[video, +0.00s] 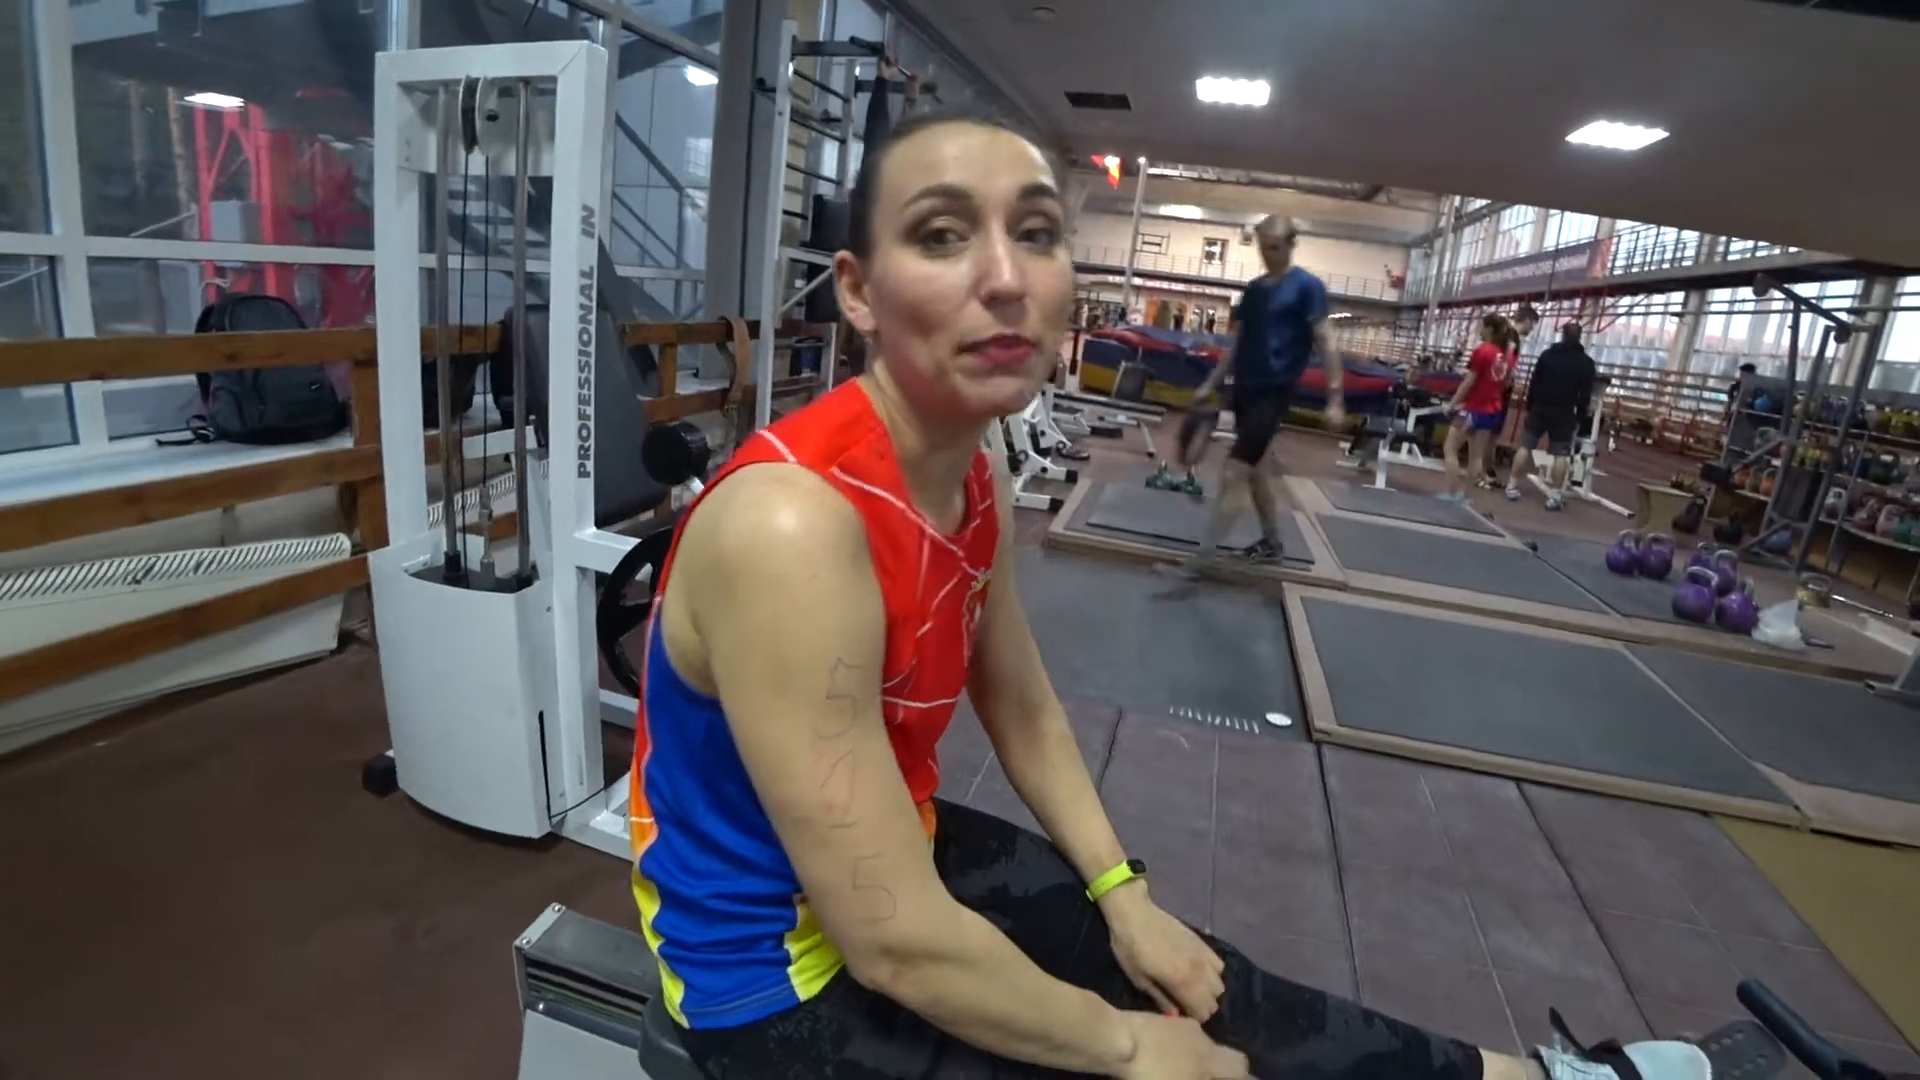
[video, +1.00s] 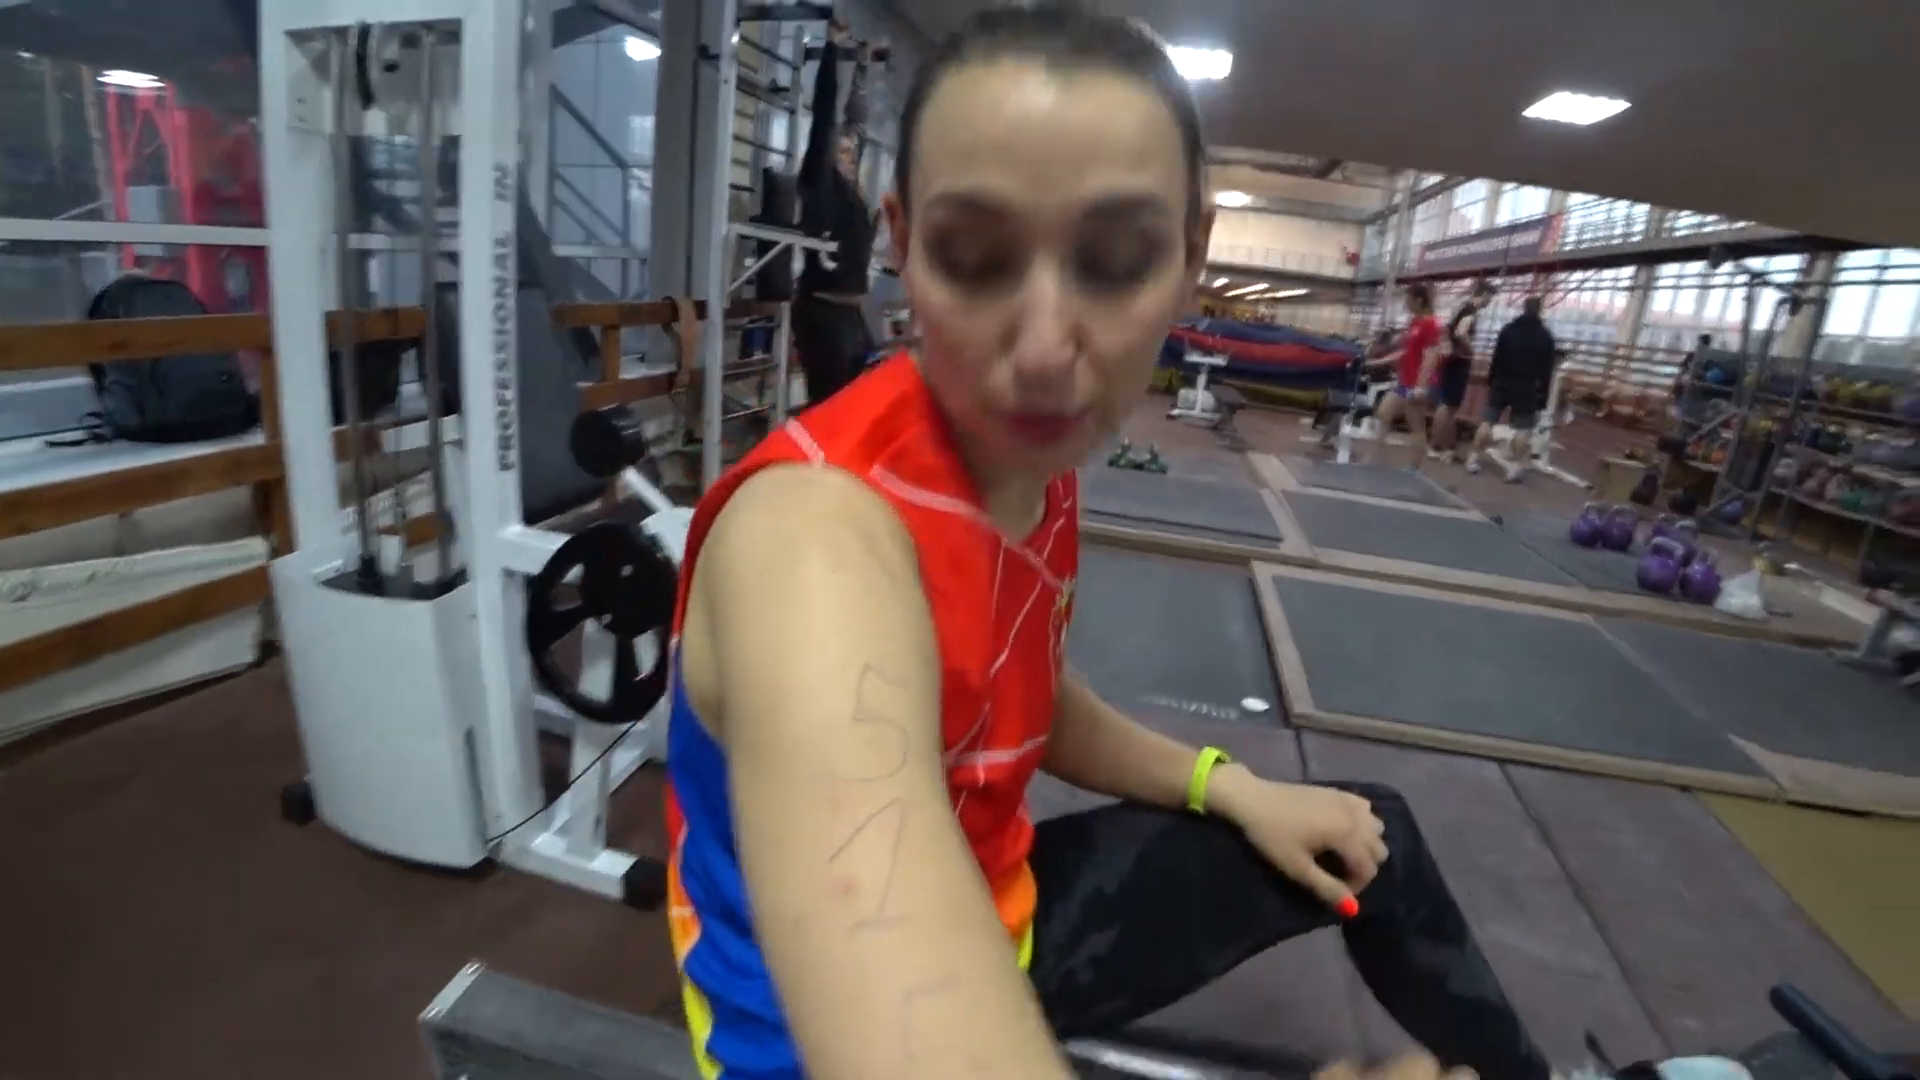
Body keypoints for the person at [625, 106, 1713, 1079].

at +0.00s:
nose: (1003, 278)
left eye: (1035, 232)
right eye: (942, 234)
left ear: (1073, 280)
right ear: (858, 293)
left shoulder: (957, 475)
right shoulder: (789, 529)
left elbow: (1019, 707)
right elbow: (892, 935)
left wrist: (1119, 897)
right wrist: (1133, 1047)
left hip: (914, 863)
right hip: (789, 991)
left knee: (1193, 978)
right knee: (1177, 1067)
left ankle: (1497, 1072)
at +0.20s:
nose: (977, 267)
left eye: (1002, 225)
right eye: (911, 228)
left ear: (1035, 277)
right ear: (824, 297)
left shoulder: (935, 474)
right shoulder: (760, 541)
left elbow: (1003, 705)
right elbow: (878, 941)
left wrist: (1112, 884)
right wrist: (1129, 1040)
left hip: (922, 868)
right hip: (798, 1002)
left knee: (1191, 970)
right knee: (1178, 1067)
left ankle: (1509, 1071)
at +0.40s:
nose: (997, 237)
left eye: (1014, 196)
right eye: (923, 202)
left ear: (1048, 242)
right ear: (828, 280)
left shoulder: (944, 465)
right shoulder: (759, 530)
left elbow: (993, 709)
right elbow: (845, 962)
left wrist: (1120, 857)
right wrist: (1130, 1028)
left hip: (926, 875)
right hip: (795, 1006)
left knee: (1202, 939)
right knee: (1190, 1056)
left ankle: (1526, 1071)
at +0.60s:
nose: (1087, 190)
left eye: (1105, 141)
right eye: (1004, 144)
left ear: (1136, 191)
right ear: (889, 229)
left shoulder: (988, 428)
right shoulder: (814, 499)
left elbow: (1020, 690)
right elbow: (850, 1011)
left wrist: (1182, 813)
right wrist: (1191, 1011)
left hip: (960, 845)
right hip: (836, 1004)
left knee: (1293, 881)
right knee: (1315, 1047)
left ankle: (1548, 1067)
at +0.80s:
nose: (1108, 217)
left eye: (1149, 143)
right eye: (1027, 151)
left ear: (1191, 175)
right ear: (915, 203)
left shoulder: (1026, 418)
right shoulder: (843, 495)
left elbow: (1037, 673)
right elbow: (932, 1062)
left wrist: (1239, 785)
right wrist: (1299, 1046)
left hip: (1009, 879)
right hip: (878, 1027)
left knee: (1360, 838)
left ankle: (1563, 1076)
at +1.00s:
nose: (1044, 349)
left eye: (1114, 262)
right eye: (976, 260)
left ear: (1193, 257)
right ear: (901, 245)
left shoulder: (1023, 455)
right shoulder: (813, 547)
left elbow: (1031, 705)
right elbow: (941, 1059)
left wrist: (1234, 791)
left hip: (995, 926)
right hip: (827, 1042)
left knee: (1362, 827)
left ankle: (1519, 1074)